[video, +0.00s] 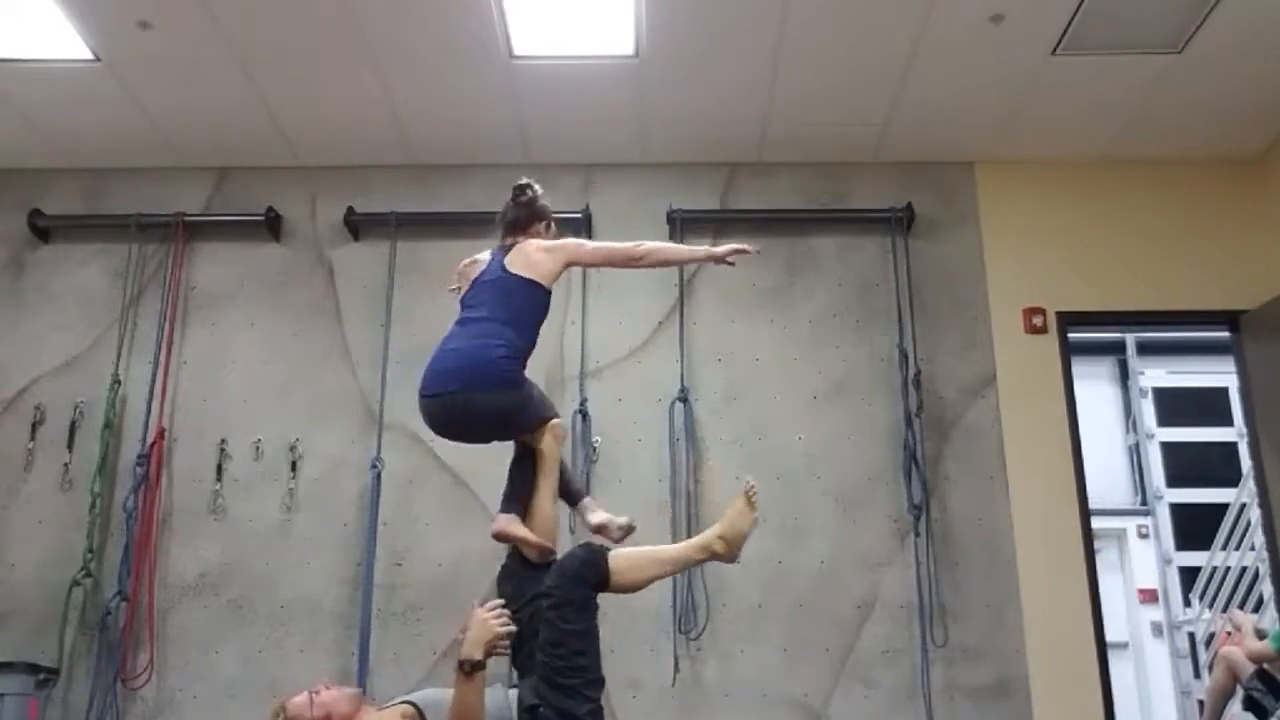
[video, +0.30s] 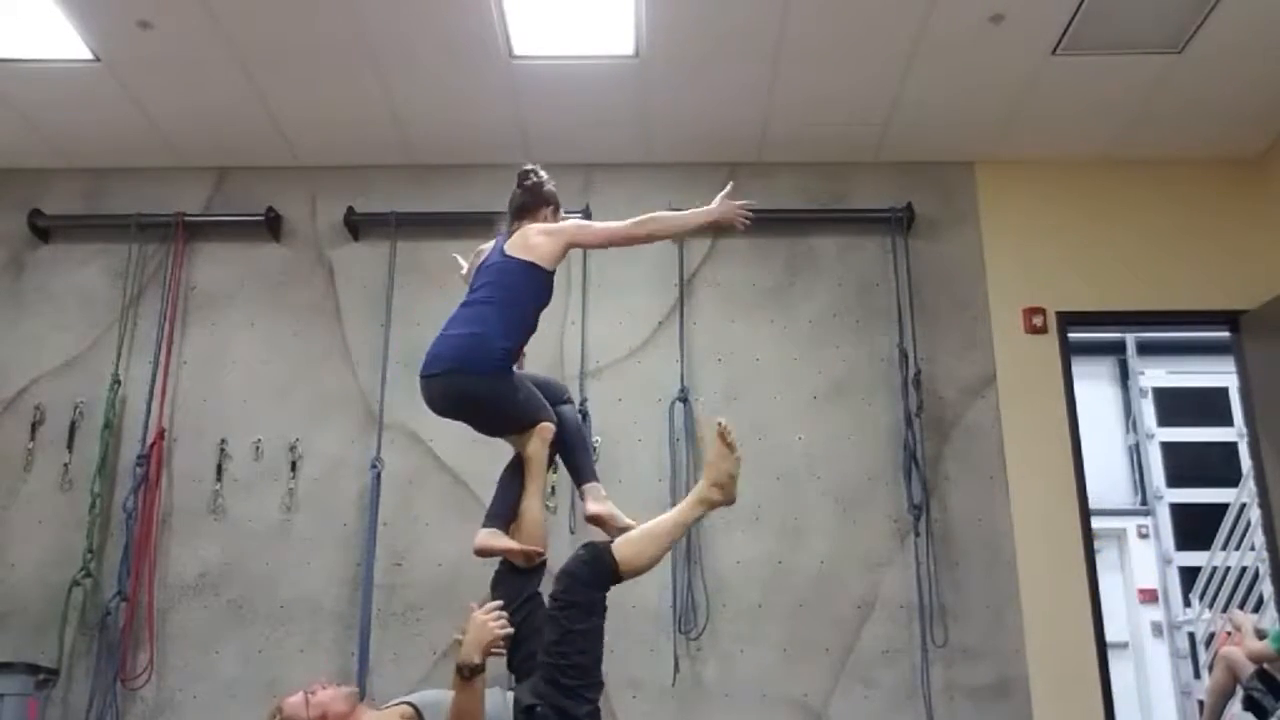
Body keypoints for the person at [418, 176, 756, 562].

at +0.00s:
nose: (553, 233)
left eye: (552, 228)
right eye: (551, 228)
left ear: (508, 230)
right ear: (538, 228)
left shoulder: (480, 263)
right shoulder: (552, 251)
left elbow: (464, 272)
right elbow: (636, 253)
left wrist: (463, 280)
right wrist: (708, 253)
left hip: (436, 397)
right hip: (493, 386)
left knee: (539, 435)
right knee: (541, 431)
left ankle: (589, 511)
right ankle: (510, 516)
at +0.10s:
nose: (551, 219)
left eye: (549, 214)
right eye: (550, 213)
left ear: (506, 214)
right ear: (542, 212)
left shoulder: (479, 243)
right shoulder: (549, 235)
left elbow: (463, 254)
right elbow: (634, 235)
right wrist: (706, 231)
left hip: (426, 374)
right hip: (479, 373)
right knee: (520, 441)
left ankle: (582, 482)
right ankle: (482, 530)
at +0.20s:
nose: (551, 219)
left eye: (549, 214)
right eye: (551, 213)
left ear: (507, 214)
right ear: (542, 210)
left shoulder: (481, 244)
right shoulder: (543, 231)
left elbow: (469, 247)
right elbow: (632, 233)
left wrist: (479, 237)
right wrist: (706, 229)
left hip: (430, 376)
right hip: (470, 375)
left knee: (549, 393)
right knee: (534, 436)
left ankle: (585, 497)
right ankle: (484, 530)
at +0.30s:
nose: (561, 221)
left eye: (559, 215)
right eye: (560, 214)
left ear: (515, 216)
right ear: (549, 212)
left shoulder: (491, 250)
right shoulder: (550, 234)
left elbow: (472, 276)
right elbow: (639, 230)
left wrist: (472, 268)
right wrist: (709, 215)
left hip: (440, 377)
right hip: (476, 376)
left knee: (555, 395)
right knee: (541, 439)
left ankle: (595, 498)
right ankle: (492, 531)